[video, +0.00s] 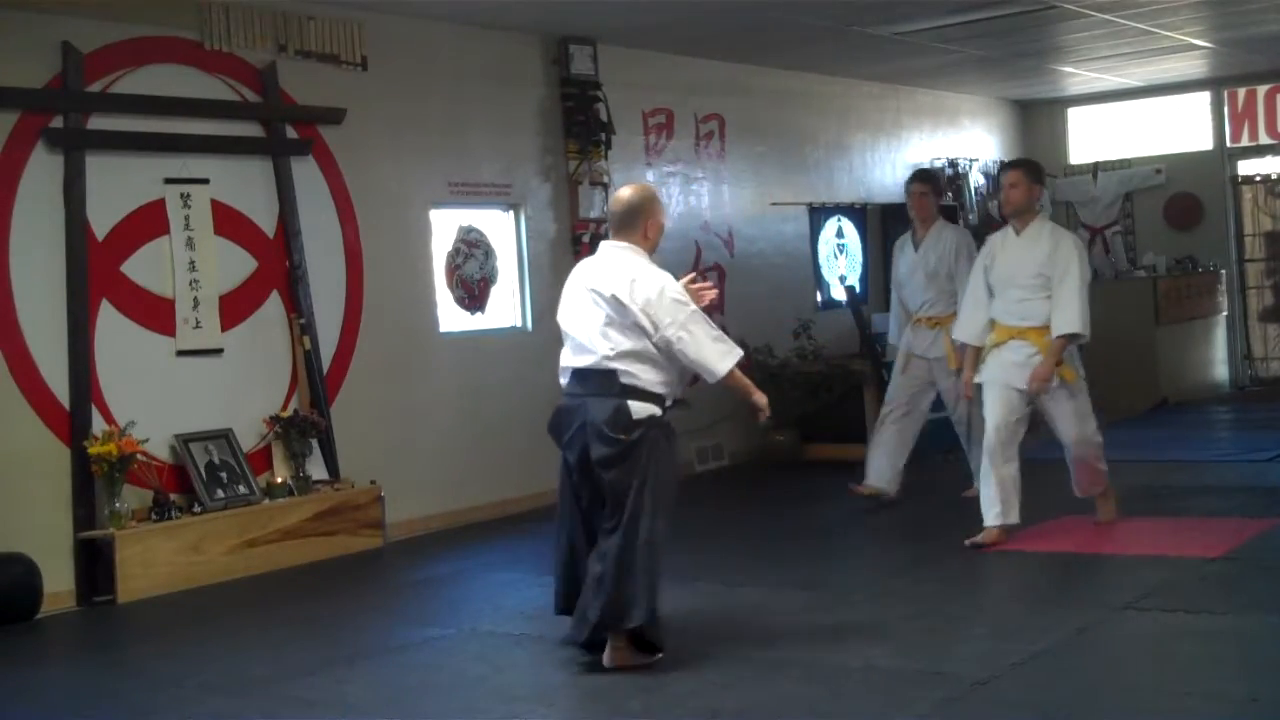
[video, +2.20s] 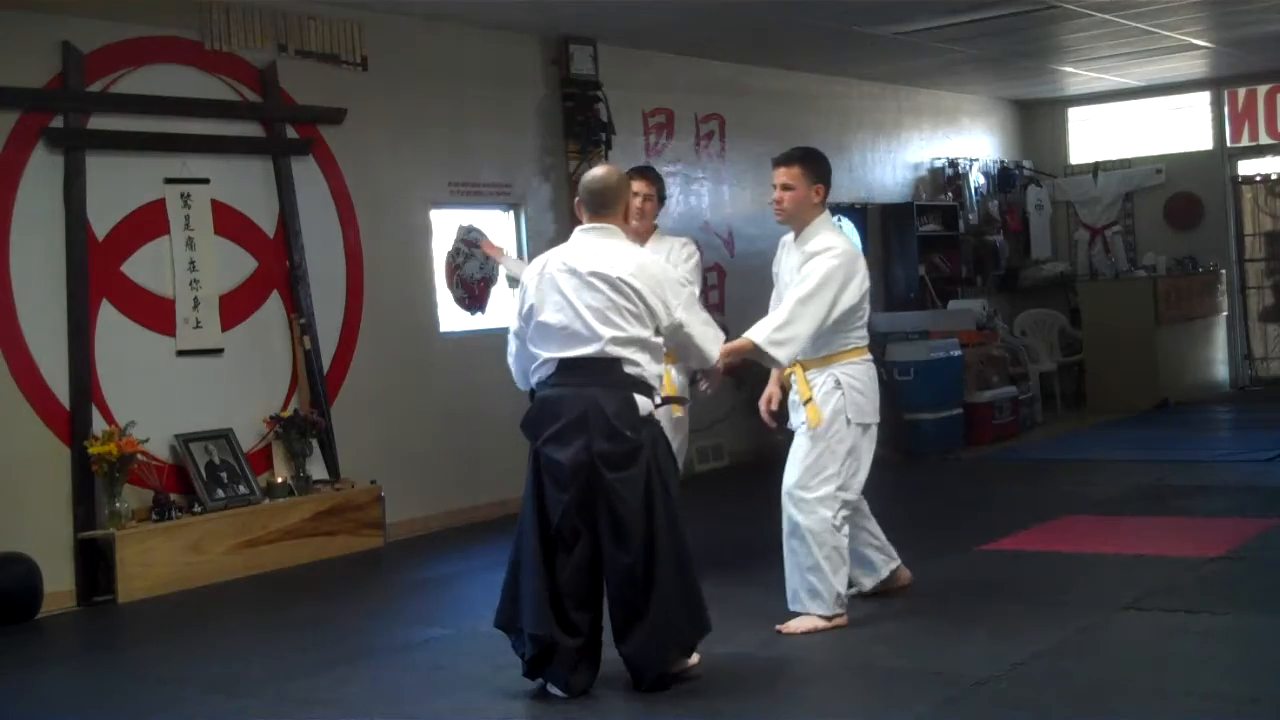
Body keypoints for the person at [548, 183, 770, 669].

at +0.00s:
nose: (664, 228)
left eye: (663, 220)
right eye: (662, 221)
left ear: (610, 223)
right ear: (651, 224)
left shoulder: (582, 271)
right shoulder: (648, 280)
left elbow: (617, 320)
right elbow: (699, 343)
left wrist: (673, 300)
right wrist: (751, 390)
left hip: (578, 410)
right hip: (629, 415)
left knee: (597, 520)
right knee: (636, 527)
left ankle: (596, 624)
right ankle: (621, 644)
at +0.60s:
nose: (619, 222)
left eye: (618, 213)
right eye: (619, 214)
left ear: (564, 215)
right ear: (609, 217)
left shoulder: (525, 269)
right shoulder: (612, 275)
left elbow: (558, 313)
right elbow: (667, 359)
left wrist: (626, 290)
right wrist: (720, 392)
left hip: (528, 415)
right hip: (592, 414)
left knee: (543, 543)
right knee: (611, 533)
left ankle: (561, 669)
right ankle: (627, 651)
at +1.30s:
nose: (646, 216)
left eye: (644, 207)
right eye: (645, 209)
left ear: (590, 210)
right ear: (635, 212)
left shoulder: (551, 261)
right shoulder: (648, 269)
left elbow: (539, 322)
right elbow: (714, 338)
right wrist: (736, 349)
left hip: (550, 406)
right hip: (616, 409)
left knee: (554, 537)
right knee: (641, 533)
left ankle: (558, 666)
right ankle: (654, 653)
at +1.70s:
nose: (667, 222)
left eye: (666, 215)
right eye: (667, 214)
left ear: (608, 211)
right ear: (657, 212)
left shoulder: (564, 263)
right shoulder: (669, 267)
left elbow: (550, 331)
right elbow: (736, 332)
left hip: (567, 394)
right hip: (634, 394)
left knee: (569, 533)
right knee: (650, 529)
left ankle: (563, 669)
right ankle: (659, 657)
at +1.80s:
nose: (660, 220)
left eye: (660, 213)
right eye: (661, 213)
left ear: (604, 211)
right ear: (652, 211)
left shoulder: (559, 266)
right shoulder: (667, 266)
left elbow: (542, 334)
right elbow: (734, 332)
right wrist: (749, 340)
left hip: (566, 397)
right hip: (634, 396)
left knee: (570, 534)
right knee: (651, 530)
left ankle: (564, 668)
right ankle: (661, 658)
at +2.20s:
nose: (639, 211)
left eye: (638, 201)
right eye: (634, 204)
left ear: (577, 209)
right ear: (626, 210)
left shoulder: (541, 268)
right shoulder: (647, 267)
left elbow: (519, 358)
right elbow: (700, 345)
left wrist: (546, 392)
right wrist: (709, 367)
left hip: (554, 405)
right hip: (623, 402)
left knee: (563, 537)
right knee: (639, 531)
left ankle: (565, 672)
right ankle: (655, 659)